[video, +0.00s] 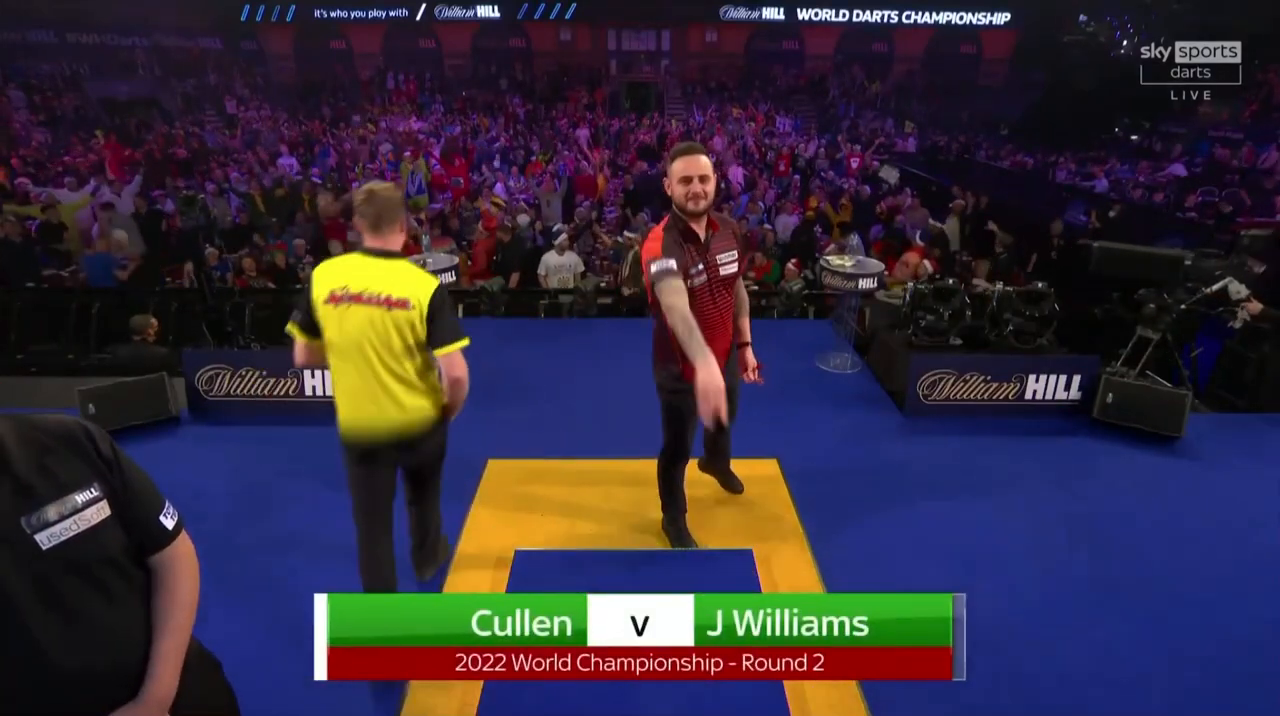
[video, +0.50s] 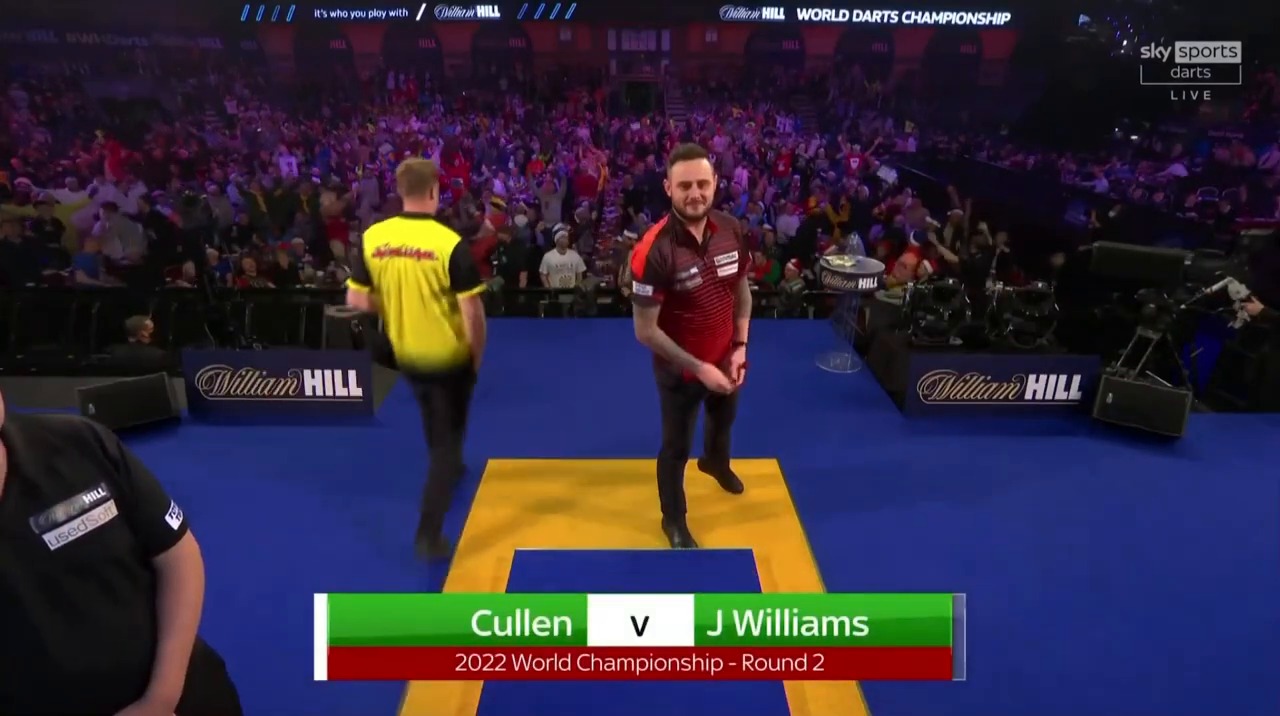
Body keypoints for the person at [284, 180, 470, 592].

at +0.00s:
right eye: (403, 221)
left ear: (357, 226)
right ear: (404, 225)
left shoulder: (323, 277)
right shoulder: (425, 287)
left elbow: (303, 356)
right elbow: (456, 374)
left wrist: (349, 352)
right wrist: (449, 410)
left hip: (358, 427)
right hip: (418, 423)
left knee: (371, 527)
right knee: (423, 488)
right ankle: (427, 565)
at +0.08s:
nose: (411, 222)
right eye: (411, 216)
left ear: (366, 219)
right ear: (411, 219)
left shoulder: (333, 267)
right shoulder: (430, 277)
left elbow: (311, 343)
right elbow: (460, 363)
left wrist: (356, 340)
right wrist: (454, 399)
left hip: (366, 409)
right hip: (425, 407)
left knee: (378, 501)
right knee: (429, 485)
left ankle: (381, 597)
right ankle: (427, 562)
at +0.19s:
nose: (414, 209)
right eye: (415, 203)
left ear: (376, 207)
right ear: (417, 206)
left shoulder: (342, 254)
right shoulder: (437, 262)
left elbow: (319, 325)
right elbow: (463, 336)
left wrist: (364, 322)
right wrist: (462, 385)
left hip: (378, 385)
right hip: (431, 386)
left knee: (394, 464)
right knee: (429, 472)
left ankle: (395, 553)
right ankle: (427, 559)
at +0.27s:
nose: (422, 206)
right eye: (423, 200)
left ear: (381, 202)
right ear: (421, 202)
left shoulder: (349, 249)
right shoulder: (441, 254)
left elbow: (328, 317)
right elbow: (466, 328)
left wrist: (373, 319)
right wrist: (466, 378)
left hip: (384, 377)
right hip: (435, 379)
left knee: (405, 441)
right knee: (430, 465)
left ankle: (411, 521)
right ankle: (426, 557)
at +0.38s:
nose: (429, 202)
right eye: (430, 196)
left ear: (389, 198)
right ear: (428, 198)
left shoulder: (361, 246)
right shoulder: (447, 251)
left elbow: (342, 311)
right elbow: (472, 324)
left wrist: (382, 313)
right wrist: (471, 367)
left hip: (395, 370)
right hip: (443, 372)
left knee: (422, 429)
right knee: (434, 462)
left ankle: (437, 475)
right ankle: (426, 555)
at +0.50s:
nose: (438, 196)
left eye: (432, 191)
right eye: (438, 191)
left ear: (400, 193)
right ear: (435, 192)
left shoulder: (372, 238)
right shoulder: (451, 243)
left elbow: (357, 299)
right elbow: (472, 311)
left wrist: (395, 303)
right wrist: (476, 354)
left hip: (405, 353)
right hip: (448, 354)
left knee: (432, 408)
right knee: (445, 447)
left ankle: (450, 465)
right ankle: (429, 536)